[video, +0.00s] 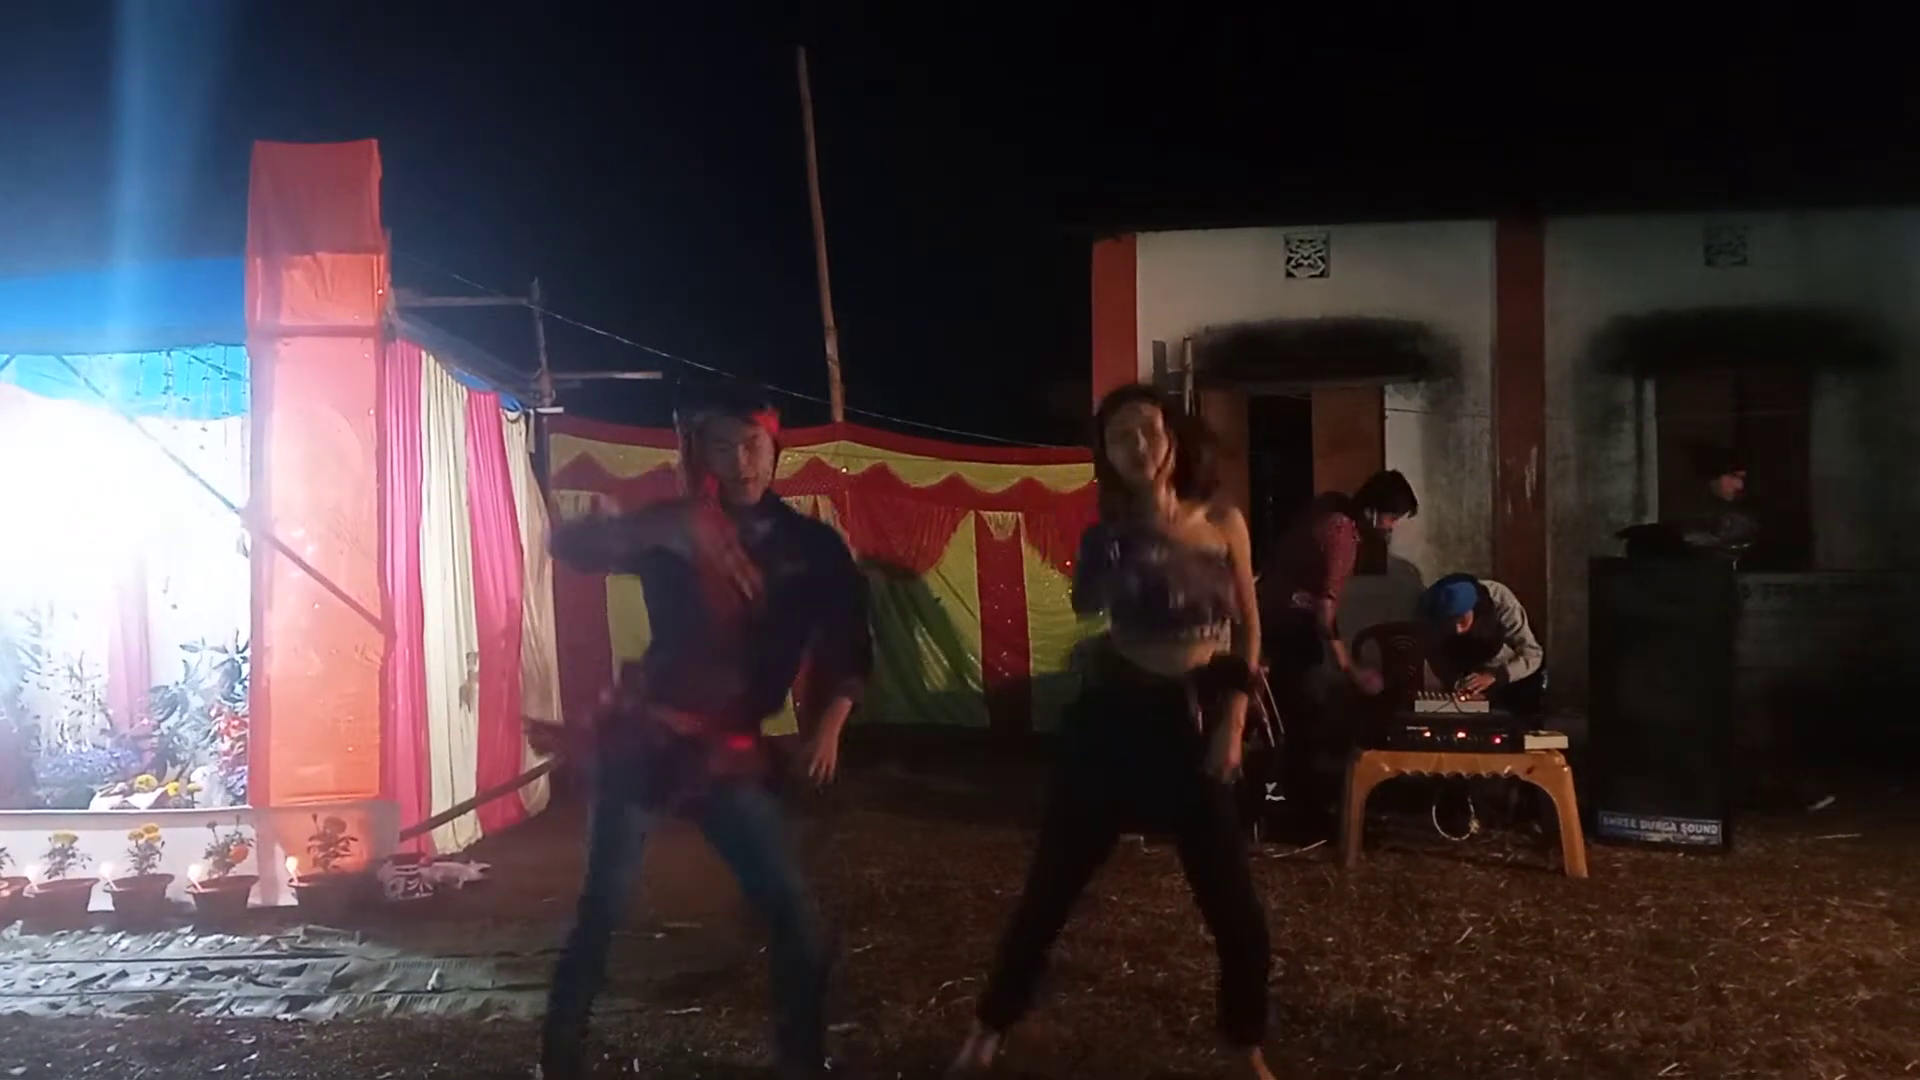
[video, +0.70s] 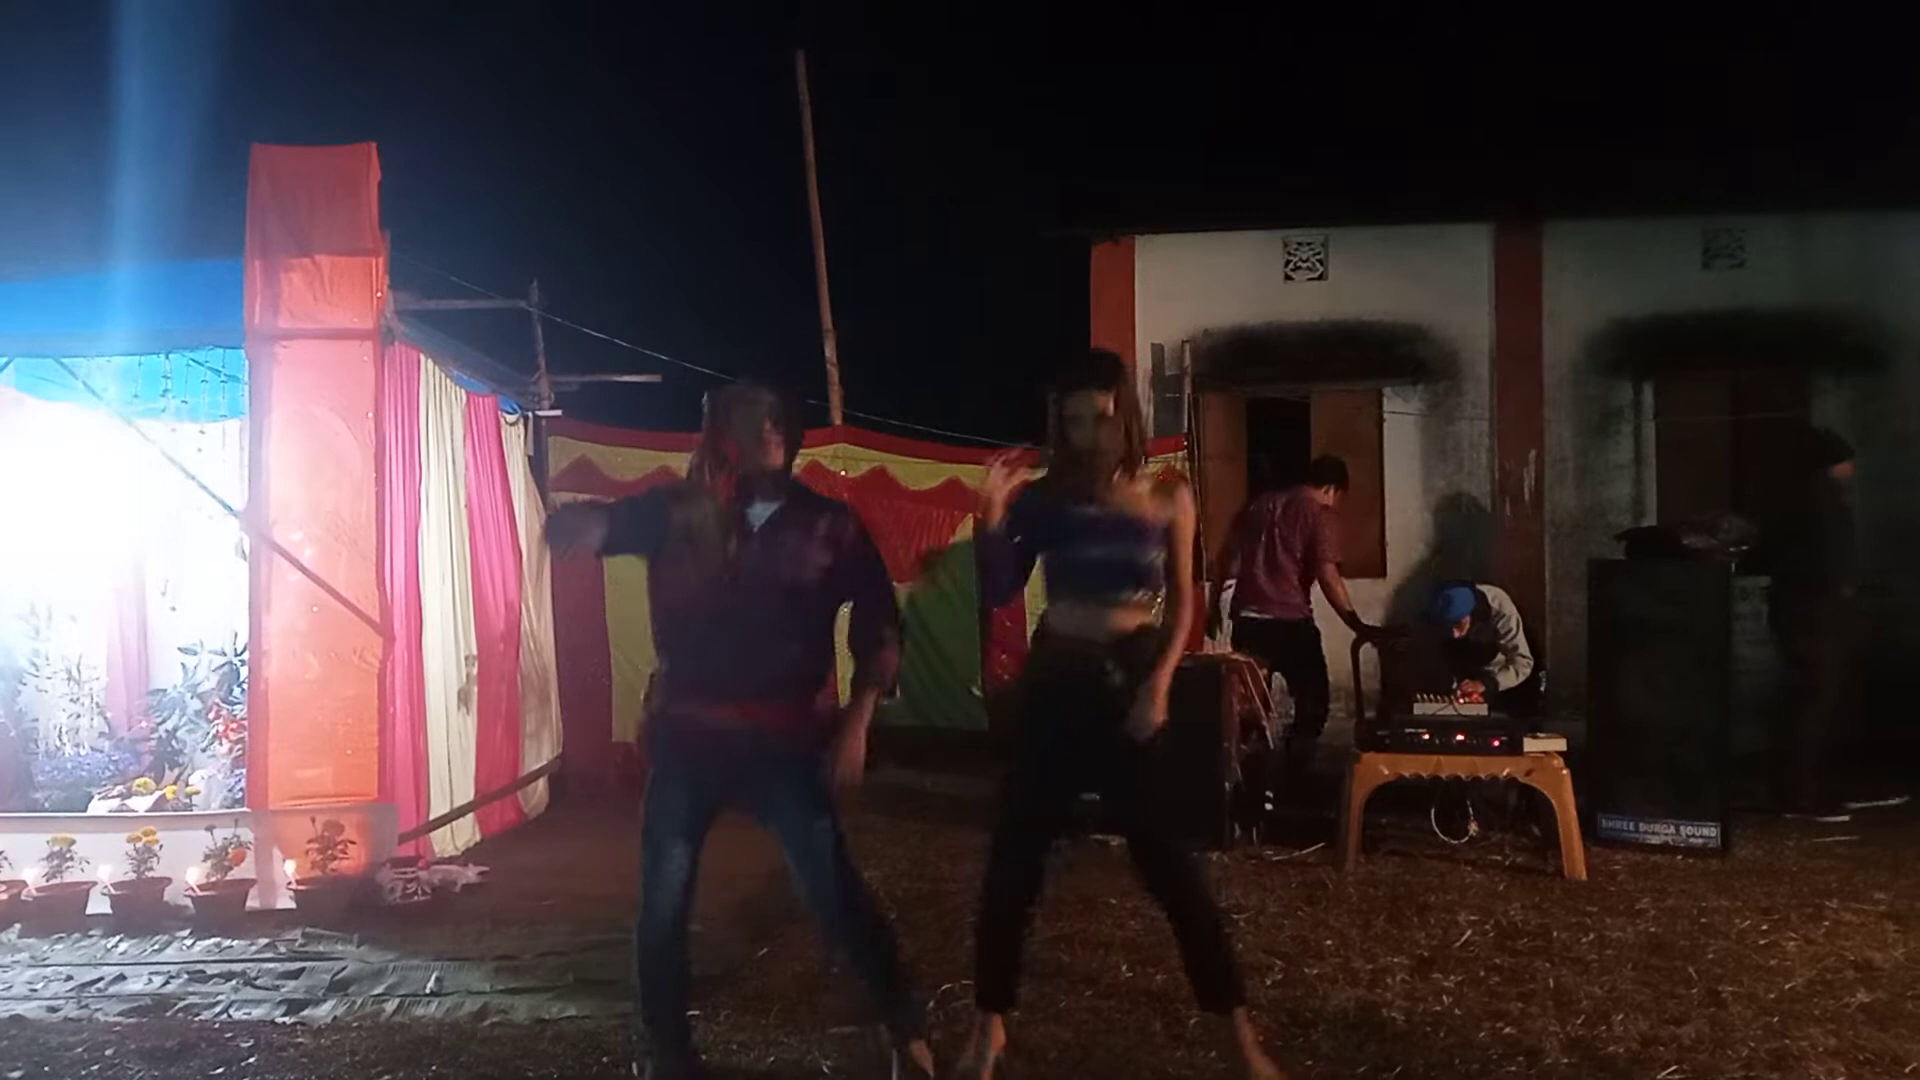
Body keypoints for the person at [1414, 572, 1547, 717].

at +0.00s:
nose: (1458, 630)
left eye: (1462, 620)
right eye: (1451, 623)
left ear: (1473, 608)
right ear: (1440, 617)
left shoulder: (1500, 599)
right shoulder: (1430, 609)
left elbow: (1532, 654)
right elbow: (1435, 658)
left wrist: (1494, 677)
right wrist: (1458, 684)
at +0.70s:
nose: (1455, 634)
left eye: (1459, 626)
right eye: (1449, 628)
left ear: (1470, 615)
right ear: (1440, 623)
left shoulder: (1499, 608)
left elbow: (1523, 661)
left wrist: (1486, 684)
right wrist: (1461, 685)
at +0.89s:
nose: (1454, 636)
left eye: (1459, 627)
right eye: (1447, 630)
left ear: (1470, 616)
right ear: (1436, 622)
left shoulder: (1498, 607)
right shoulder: (1421, 612)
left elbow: (1521, 662)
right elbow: (1430, 662)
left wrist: (1484, 685)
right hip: (1447, 654)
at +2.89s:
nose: (1453, 637)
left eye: (1458, 629)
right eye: (1447, 630)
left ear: (1469, 619)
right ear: (1438, 623)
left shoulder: (1498, 610)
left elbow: (1522, 665)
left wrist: (1488, 680)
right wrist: (1449, 689)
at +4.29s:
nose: (1456, 643)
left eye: (1461, 635)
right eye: (1450, 637)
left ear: (1472, 622)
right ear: (1438, 627)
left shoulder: (1496, 607)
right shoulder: (1421, 614)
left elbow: (1526, 666)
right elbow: (1433, 663)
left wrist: (1486, 681)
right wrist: (1456, 692)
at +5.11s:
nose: (1457, 644)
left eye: (1462, 636)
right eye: (1450, 637)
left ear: (1473, 622)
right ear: (1438, 627)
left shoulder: (1496, 607)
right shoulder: (1421, 614)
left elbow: (1525, 667)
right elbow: (1432, 662)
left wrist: (1486, 682)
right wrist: (1452, 689)